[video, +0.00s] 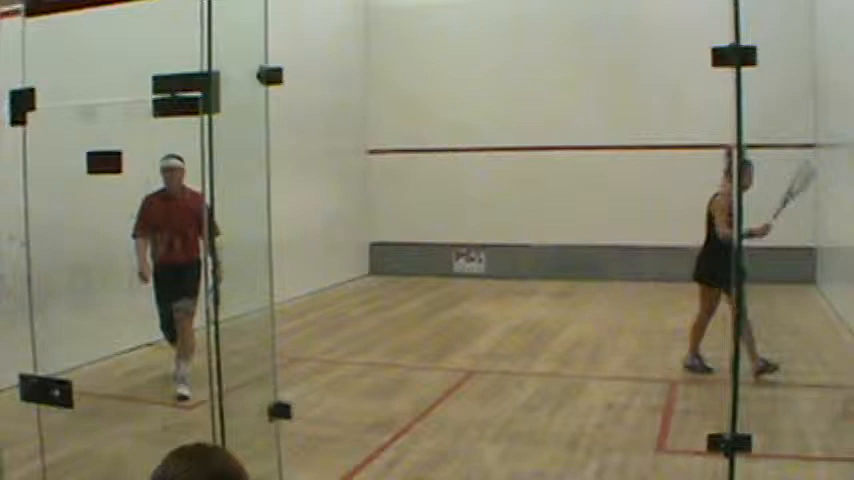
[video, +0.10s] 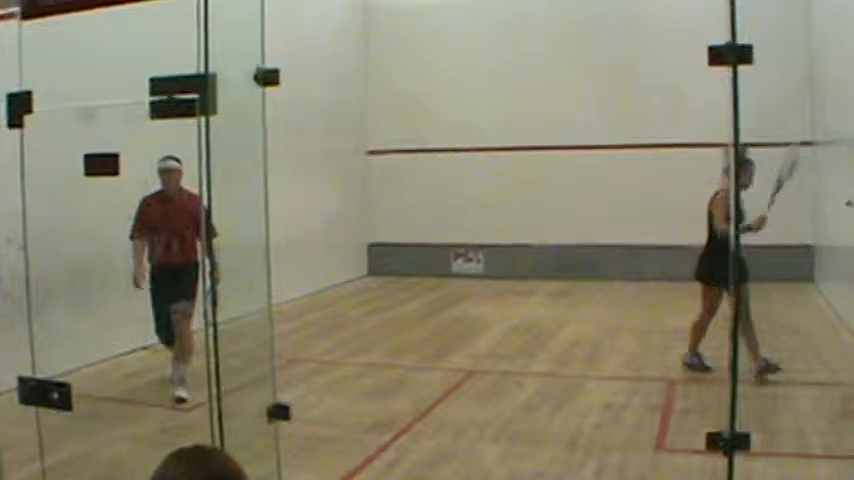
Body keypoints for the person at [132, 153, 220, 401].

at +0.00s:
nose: (171, 177)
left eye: (176, 171)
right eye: (167, 172)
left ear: (184, 173)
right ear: (161, 175)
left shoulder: (196, 201)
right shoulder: (151, 203)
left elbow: (209, 235)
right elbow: (141, 235)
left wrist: (214, 265)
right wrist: (143, 264)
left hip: (190, 264)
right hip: (163, 266)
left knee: (184, 316)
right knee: (168, 324)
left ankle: (183, 375)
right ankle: (183, 352)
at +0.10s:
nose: (169, 178)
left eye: (173, 173)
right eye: (164, 173)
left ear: (181, 175)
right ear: (159, 176)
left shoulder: (194, 203)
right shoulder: (149, 204)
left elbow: (207, 237)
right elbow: (139, 237)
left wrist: (212, 267)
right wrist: (139, 267)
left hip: (187, 267)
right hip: (161, 268)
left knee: (181, 318)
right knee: (165, 329)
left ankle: (180, 378)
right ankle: (180, 353)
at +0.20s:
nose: (167, 175)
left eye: (171, 170)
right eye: (162, 170)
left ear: (181, 172)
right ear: (157, 173)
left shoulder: (194, 201)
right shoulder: (147, 201)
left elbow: (205, 237)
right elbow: (137, 238)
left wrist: (212, 267)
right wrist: (132, 268)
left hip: (185, 268)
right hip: (158, 269)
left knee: (182, 323)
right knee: (155, 331)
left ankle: (183, 380)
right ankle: (171, 354)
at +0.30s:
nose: (162, 173)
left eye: (167, 167)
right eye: (158, 168)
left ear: (177, 169)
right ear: (153, 170)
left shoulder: (192, 200)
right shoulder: (143, 199)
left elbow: (204, 235)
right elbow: (133, 236)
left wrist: (208, 266)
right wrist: (125, 267)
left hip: (181, 267)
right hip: (153, 269)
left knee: (181, 325)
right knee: (147, 331)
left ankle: (181, 380)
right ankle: (160, 370)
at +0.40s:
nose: (157, 175)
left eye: (162, 170)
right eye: (152, 170)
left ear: (171, 171)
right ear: (147, 173)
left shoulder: (188, 201)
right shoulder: (138, 202)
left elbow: (201, 235)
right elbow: (129, 238)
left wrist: (205, 265)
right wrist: (121, 268)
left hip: (179, 272)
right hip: (149, 273)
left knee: (180, 330)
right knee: (145, 334)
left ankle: (182, 384)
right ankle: (147, 396)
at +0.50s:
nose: (151, 180)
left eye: (156, 174)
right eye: (146, 175)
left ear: (166, 175)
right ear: (141, 178)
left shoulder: (181, 205)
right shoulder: (132, 207)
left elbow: (197, 237)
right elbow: (124, 243)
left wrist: (199, 264)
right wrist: (116, 272)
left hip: (174, 279)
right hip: (144, 280)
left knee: (179, 335)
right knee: (140, 341)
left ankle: (182, 382)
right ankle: (144, 402)